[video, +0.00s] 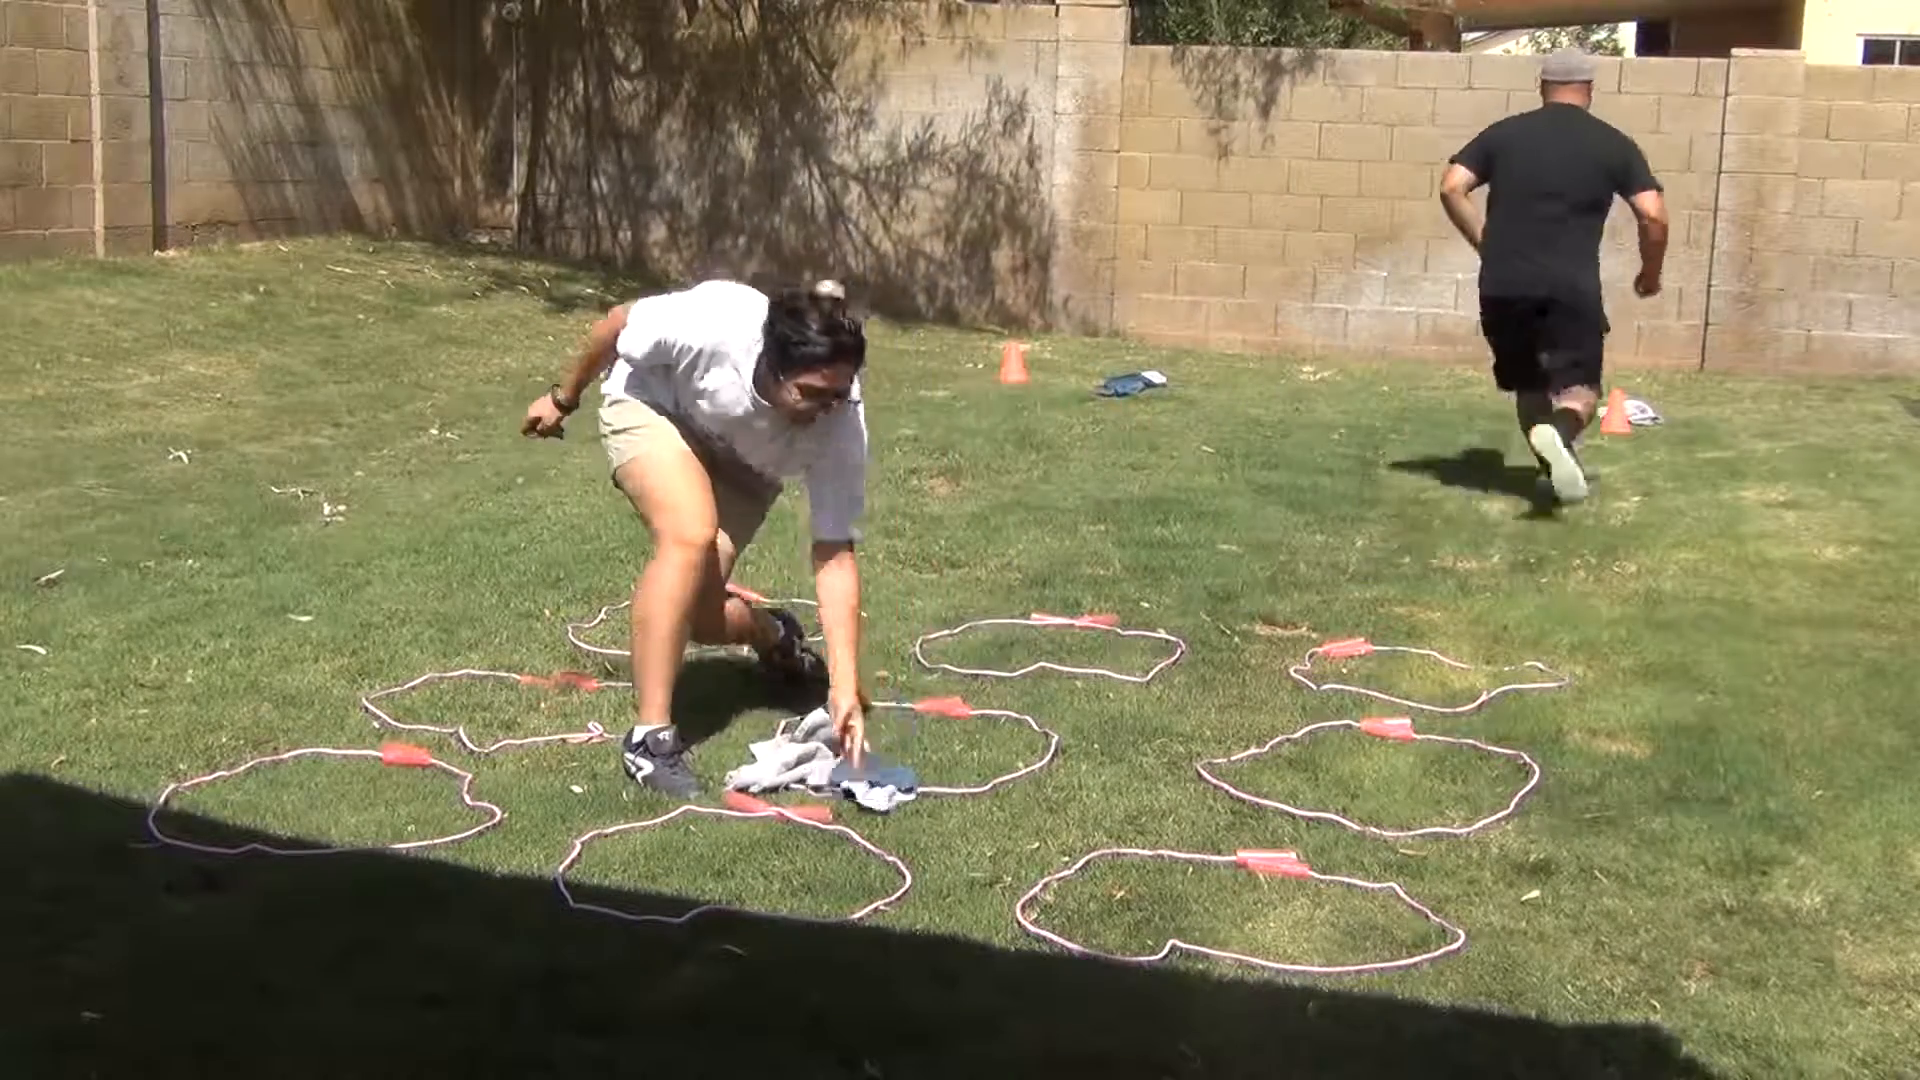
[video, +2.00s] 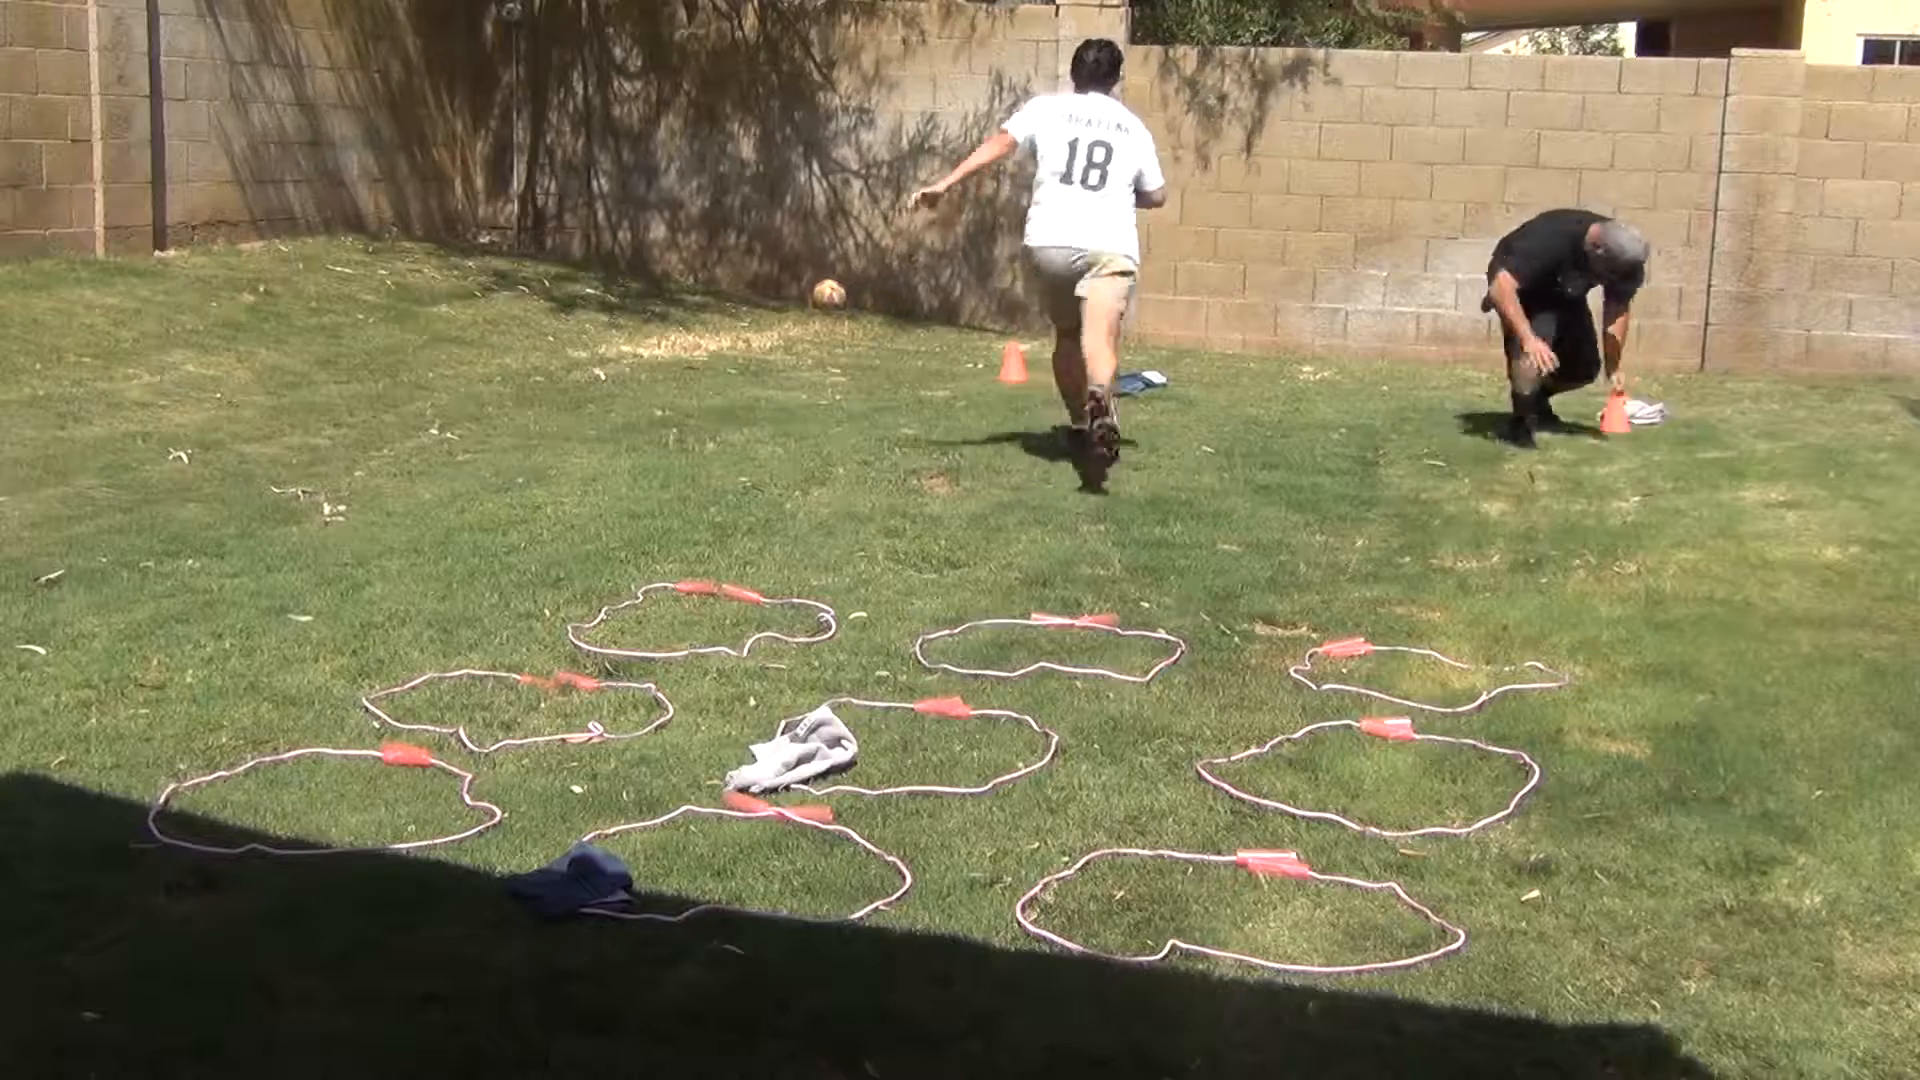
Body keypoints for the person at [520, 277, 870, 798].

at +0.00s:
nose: (823, 409)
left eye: (837, 396)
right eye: (810, 393)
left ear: (850, 381)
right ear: (773, 366)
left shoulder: (842, 429)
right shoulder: (717, 322)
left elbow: (835, 553)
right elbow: (614, 326)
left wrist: (847, 690)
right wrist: (563, 398)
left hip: (747, 465)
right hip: (653, 398)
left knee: (698, 617)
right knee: (689, 536)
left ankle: (771, 632)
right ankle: (651, 737)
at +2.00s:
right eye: (1117, 79)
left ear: (1073, 76)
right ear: (1117, 81)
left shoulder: (1044, 107)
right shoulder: (1132, 125)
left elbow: (998, 144)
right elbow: (1155, 196)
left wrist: (946, 183)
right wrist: (1114, 190)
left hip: (1049, 243)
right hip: (1110, 245)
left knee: (1066, 338)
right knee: (1101, 335)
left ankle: (1082, 430)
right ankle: (1100, 405)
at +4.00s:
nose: (1089, 98)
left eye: (1097, 90)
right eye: (1080, 89)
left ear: (1109, 96)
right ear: (1068, 94)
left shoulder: (1126, 149)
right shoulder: (1047, 129)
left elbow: (1136, 214)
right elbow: (1025, 173)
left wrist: (1088, 239)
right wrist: (1018, 218)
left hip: (1109, 249)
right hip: (1054, 244)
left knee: (1101, 335)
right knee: (1070, 321)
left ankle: (1102, 398)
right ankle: (1069, 414)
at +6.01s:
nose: (320, 256)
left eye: (326, 241)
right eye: (309, 241)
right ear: (262, 228)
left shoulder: (302, 306)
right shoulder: (158, 239)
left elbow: (295, 418)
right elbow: (47, 285)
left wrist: (314, 513)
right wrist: (9, 393)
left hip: (207, 411)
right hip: (108, 396)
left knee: (269, 506)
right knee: (149, 552)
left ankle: (232, 652)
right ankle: (10, 699)